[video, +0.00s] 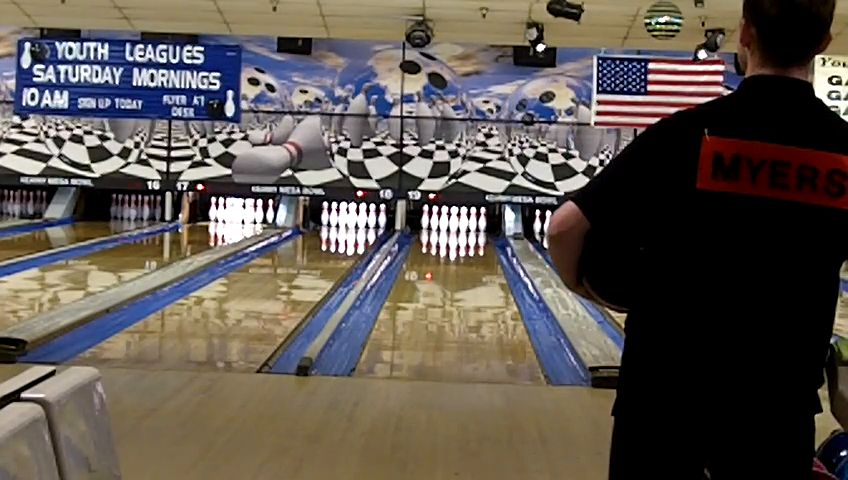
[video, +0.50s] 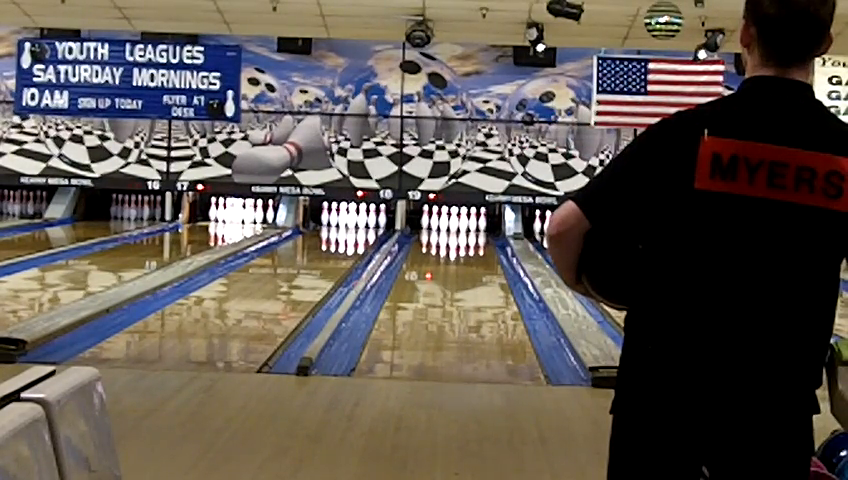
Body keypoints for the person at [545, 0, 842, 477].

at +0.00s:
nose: (738, 37)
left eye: (738, 27)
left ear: (745, 35)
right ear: (826, 42)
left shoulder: (682, 132)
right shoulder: (844, 149)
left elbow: (564, 229)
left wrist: (590, 286)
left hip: (667, 388)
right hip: (785, 395)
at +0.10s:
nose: (738, 36)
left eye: (738, 25)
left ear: (745, 34)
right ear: (826, 42)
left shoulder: (681, 133)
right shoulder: (843, 150)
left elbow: (564, 229)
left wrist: (596, 288)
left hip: (666, 391)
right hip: (784, 398)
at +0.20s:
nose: (739, 36)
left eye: (738, 26)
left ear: (745, 35)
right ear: (826, 43)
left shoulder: (681, 133)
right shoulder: (842, 151)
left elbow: (564, 229)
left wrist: (599, 289)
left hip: (666, 392)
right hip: (784, 400)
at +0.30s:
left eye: (739, 26)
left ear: (745, 35)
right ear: (826, 44)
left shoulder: (681, 133)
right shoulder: (843, 151)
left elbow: (563, 229)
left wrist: (601, 289)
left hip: (666, 394)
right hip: (784, 401)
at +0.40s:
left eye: (739, 26)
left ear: (745, 35)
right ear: (826, 43)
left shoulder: (680, 133)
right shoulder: (843, 151)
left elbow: (563, 229)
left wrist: (602, 289)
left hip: (665, 397)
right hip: (783, 404)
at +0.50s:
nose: (739, 36)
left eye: (739, 26)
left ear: (745, 35)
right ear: (826, 44)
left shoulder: (680, 133)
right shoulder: (843, 152)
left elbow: (564, 230)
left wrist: (605, 289)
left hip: (664, 398)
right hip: (783, 405)